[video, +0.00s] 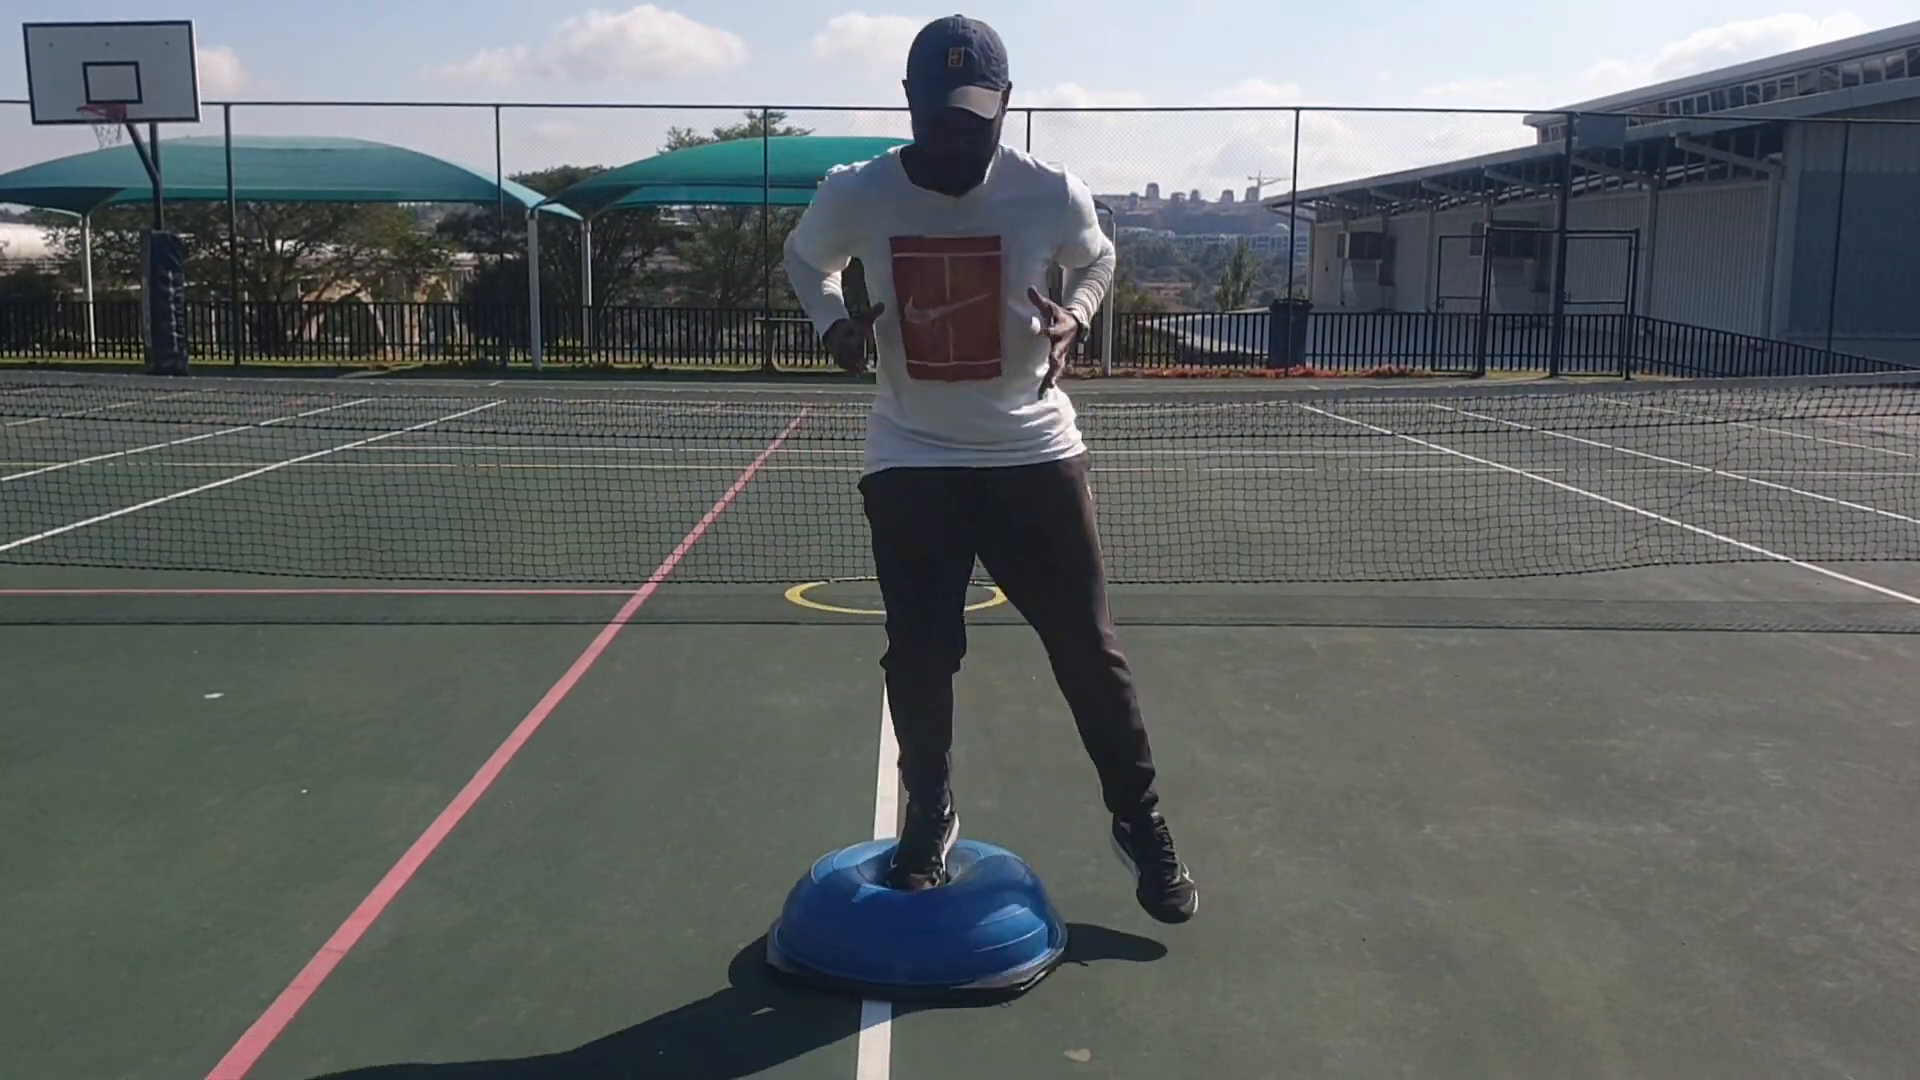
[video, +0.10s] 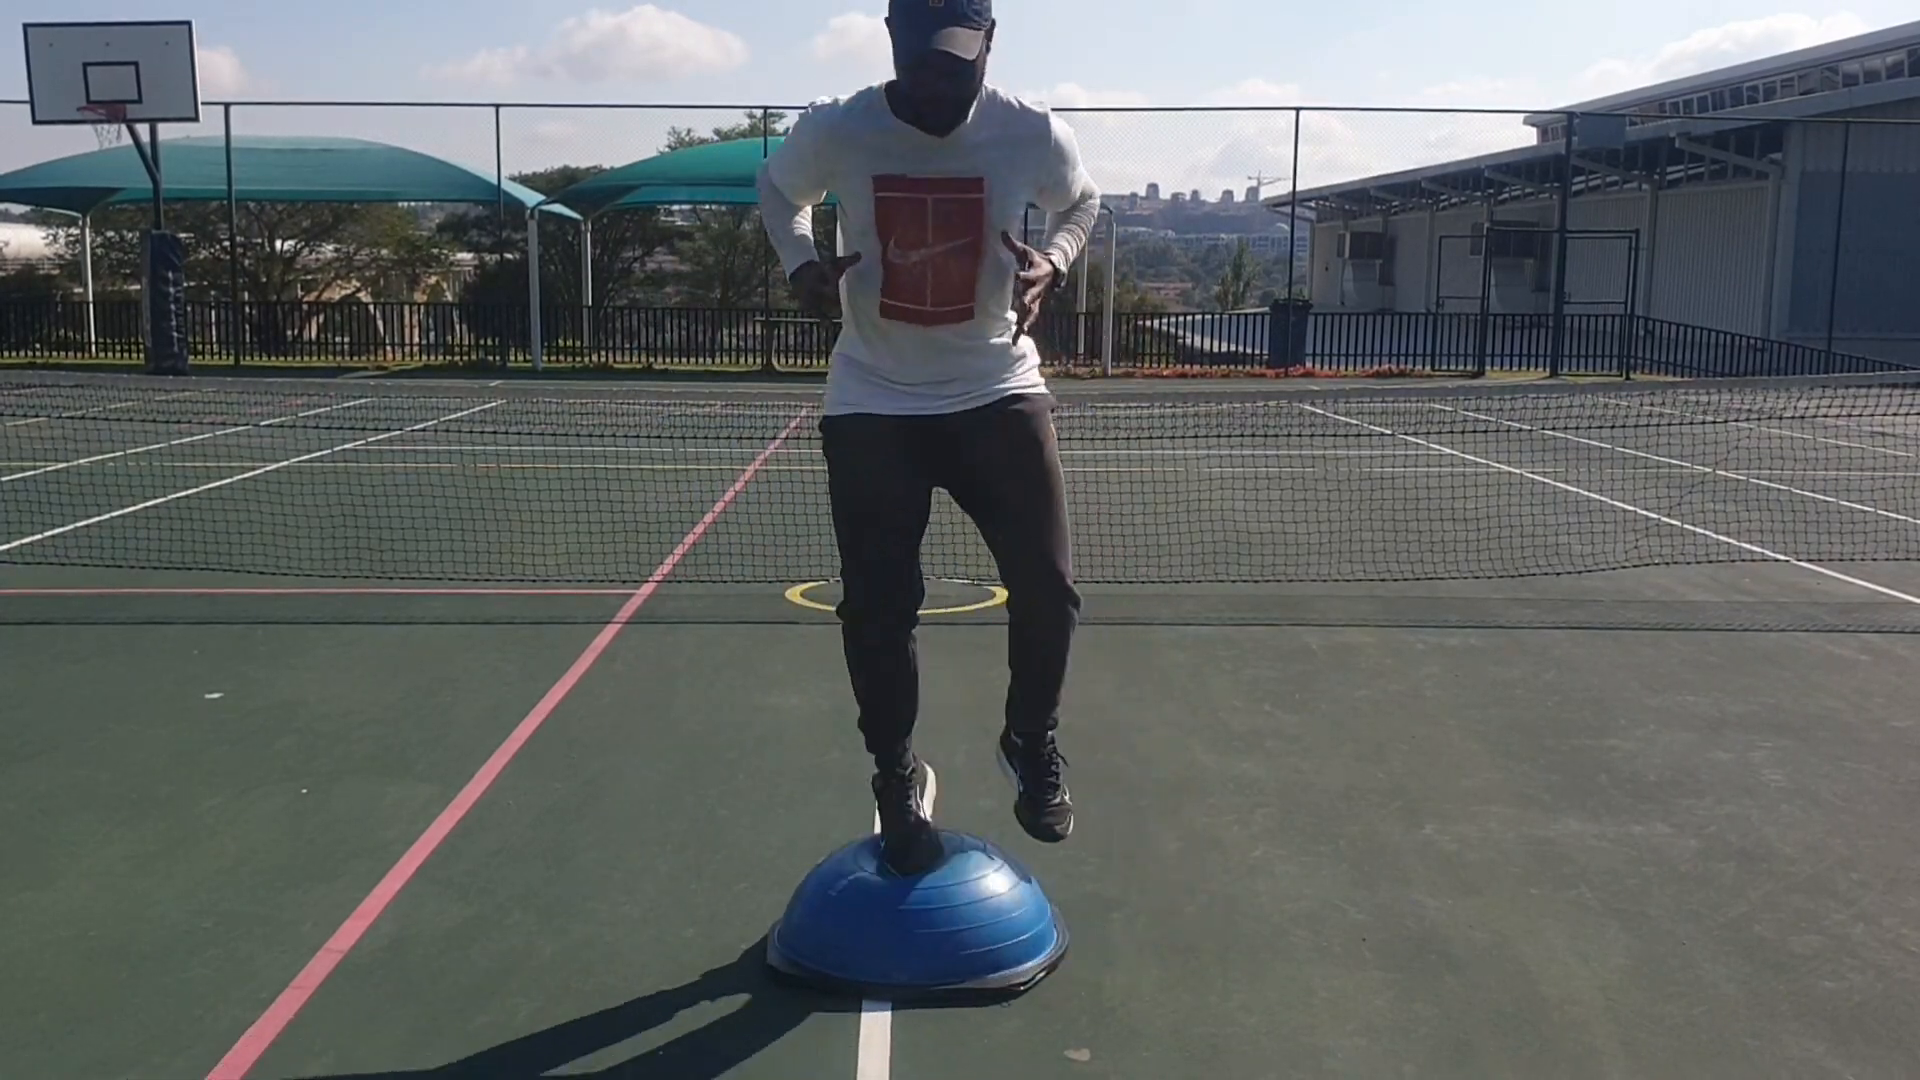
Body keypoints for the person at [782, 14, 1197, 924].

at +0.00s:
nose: (972, 132)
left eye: (986, 114)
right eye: (954, 115)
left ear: (1007, 105)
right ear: (913, 103)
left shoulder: (1052, 198)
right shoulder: (852, 197)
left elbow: (1098, 263)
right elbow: (803, 261)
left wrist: (1077, 309)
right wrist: (834, 321)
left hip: (1034, 449)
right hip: (912, 455)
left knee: (1090, 652)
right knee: (917, 652)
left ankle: (1143, 828)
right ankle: (925, 819)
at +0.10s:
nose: (935, 83)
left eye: (953, 65)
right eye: (920, 62)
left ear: (985, 49)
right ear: (894, 45)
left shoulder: (1035, 138)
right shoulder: (832, 134)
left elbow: (1080, 209)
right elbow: (776, 191)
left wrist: (1055, 259)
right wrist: (801, 260)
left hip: (997, 392)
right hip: (873, 398)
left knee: (1048, 589)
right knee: (876, 607)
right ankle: (896, 780)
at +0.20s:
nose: (915, 83)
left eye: (933, 62)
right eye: (899, 61)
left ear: (964, 46)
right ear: (872, 42)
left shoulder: (1015, 128)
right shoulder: (808, 118)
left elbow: (1060, 191)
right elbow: (749, 178)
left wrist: (1034, 247)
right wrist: (776, 254)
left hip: (967, 375)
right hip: (839, 371)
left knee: (991, 569)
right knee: (804, 572)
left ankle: (931, 729)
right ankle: (818, 738)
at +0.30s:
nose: (892, 105)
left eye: (909, 86)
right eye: (874, 85)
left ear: (940, 65)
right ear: (844, 59)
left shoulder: (987, 157)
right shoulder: (785, 147)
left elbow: (1035, 217)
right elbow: (729, 206)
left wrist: (1004, 276)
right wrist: (757, 287)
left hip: (932, 420)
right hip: (803, 410)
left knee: (933, 622)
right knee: (747, 609)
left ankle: (879, 798)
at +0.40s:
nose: (876, 163)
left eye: (892, 143)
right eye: (857, 145)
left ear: (919, 132)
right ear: (825, 135)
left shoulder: (962, 231)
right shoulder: (765, 217)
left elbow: (1010, 291)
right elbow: (722, 284)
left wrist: (975, 347)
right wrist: (748, 362)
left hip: (894, 492)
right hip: (768, 490)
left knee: (924, 677)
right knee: (695, 687)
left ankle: (878, 820)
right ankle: (624, 863)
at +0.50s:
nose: (860, 232)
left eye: (878, 215)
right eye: (845, 212)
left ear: (902, 209)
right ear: (813, 201)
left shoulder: (940, 301)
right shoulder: (745, 287)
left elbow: (977, 383)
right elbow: (697, 378)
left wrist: (947, 429)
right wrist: (732, 451)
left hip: (870, 533)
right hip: (748, 536)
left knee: (936, 670)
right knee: (685, 716)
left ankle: (881, 806)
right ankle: (622, 879)